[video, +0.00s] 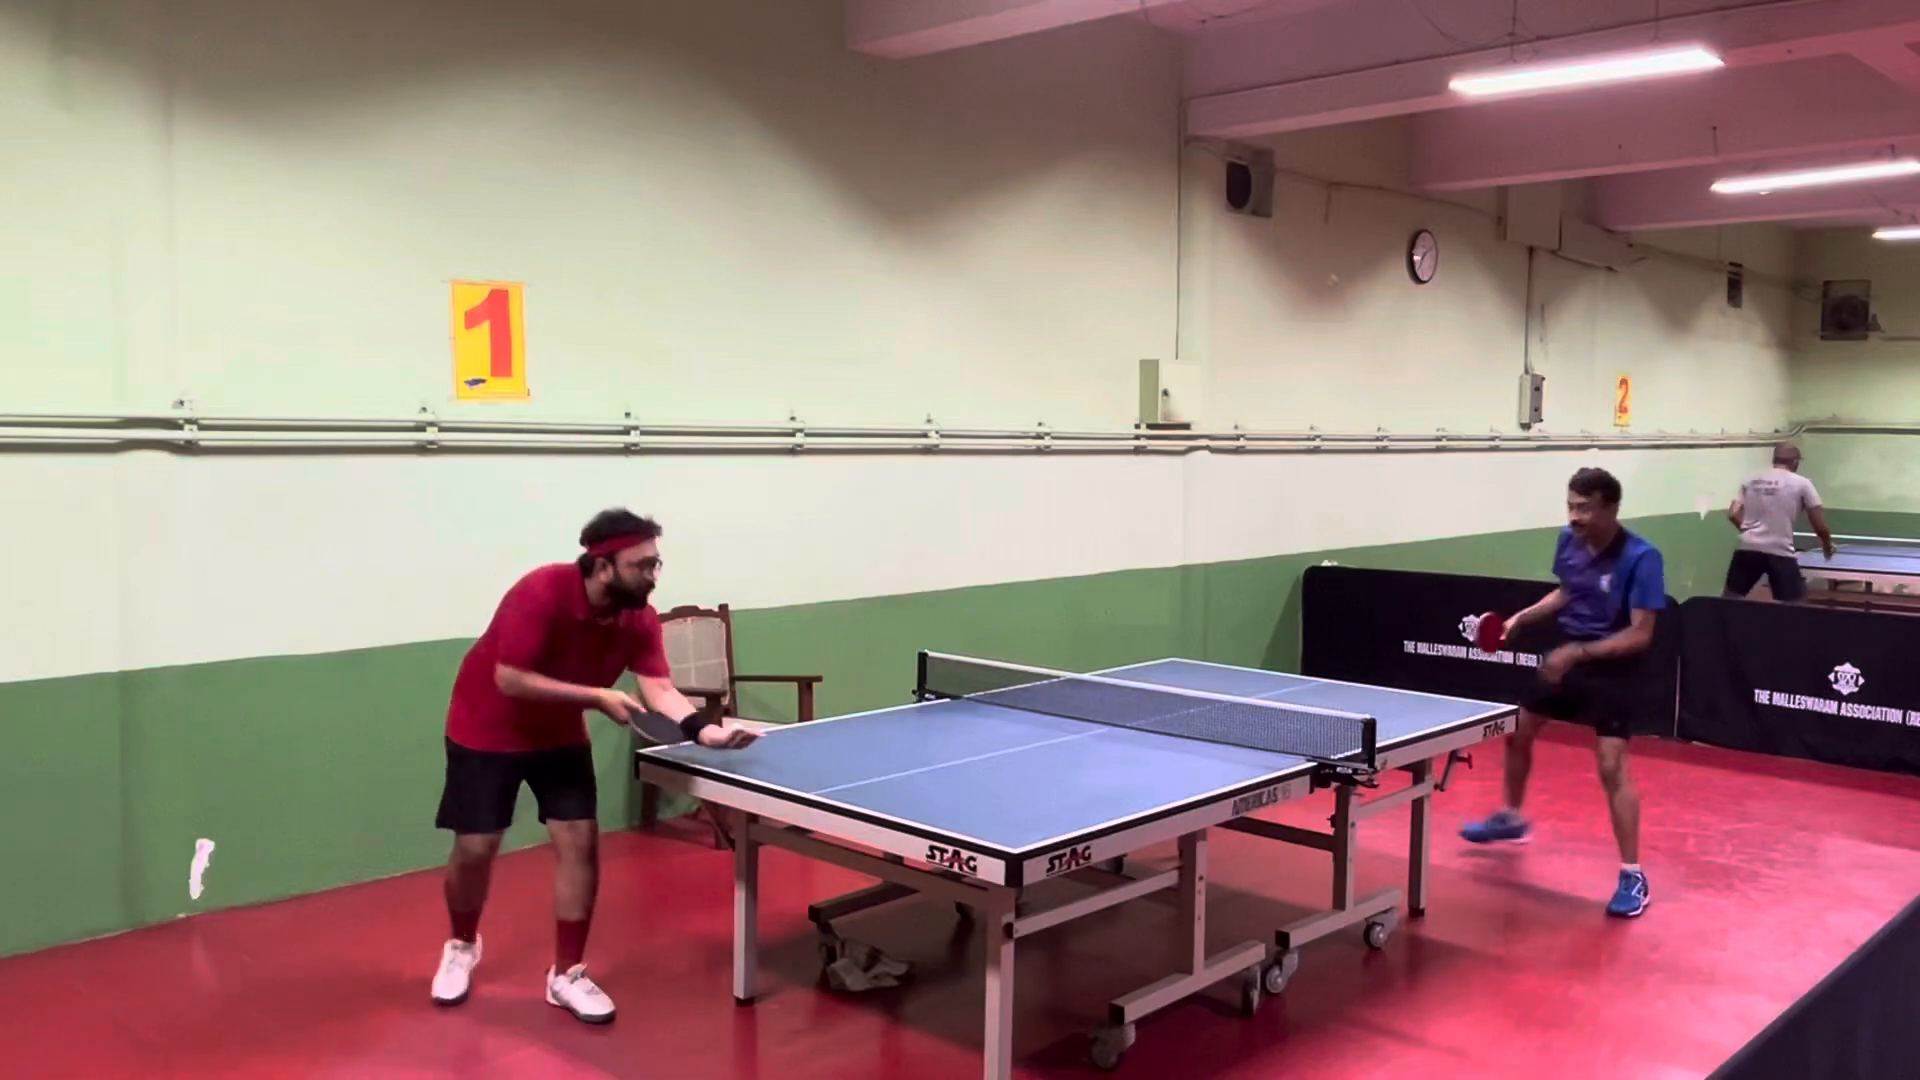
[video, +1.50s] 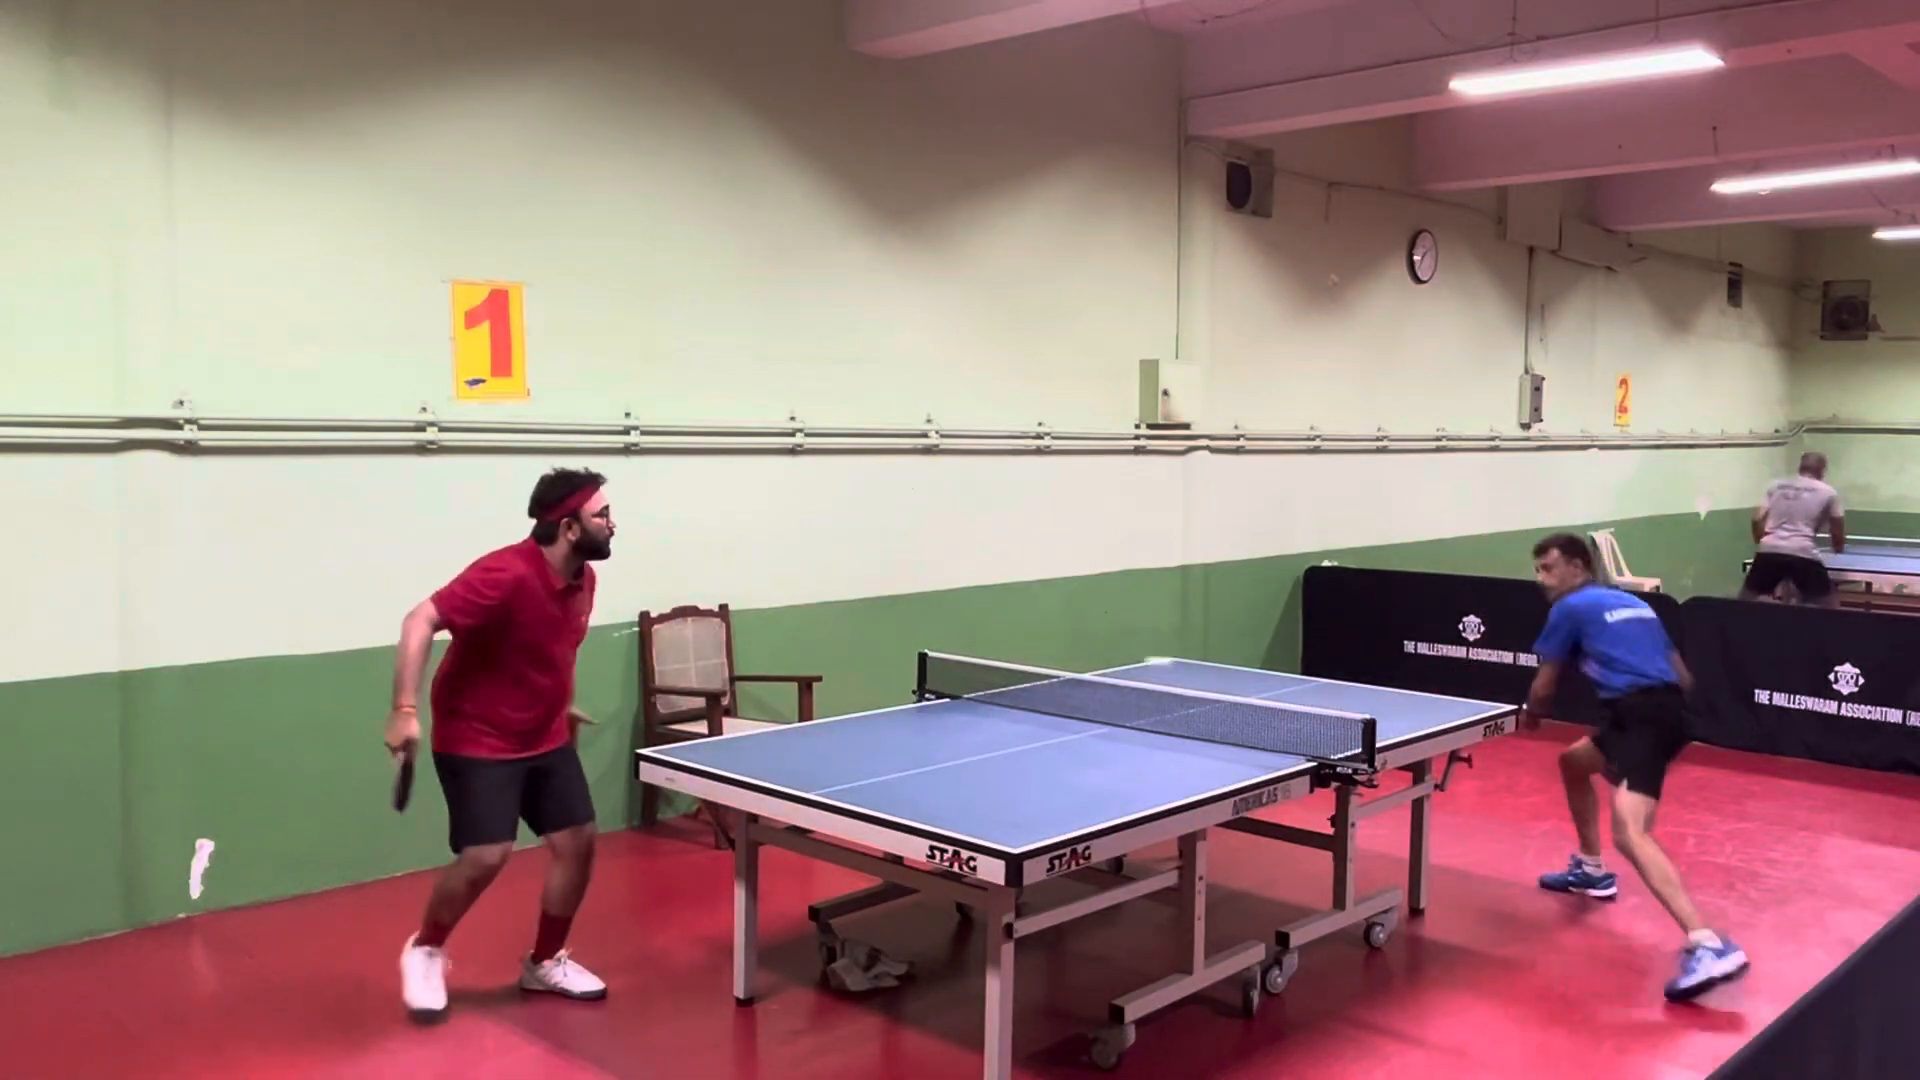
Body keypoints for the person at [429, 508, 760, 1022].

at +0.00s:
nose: (656, 574)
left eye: (657, 563)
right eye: (645, 564)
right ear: (605, 565)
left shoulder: (639, 619)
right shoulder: (540, 593)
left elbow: (661, 692)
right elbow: (509, 678)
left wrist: (705, 727)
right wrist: (596, 697)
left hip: (560, 726)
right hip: (489, 724)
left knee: (579, 840)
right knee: (475, 848)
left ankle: (567, 974)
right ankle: (461, 945)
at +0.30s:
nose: (659, 608)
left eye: (659, 595)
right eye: (647, 598)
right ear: (606, 601)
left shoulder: (638, 633)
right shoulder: (543, 625)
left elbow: (670, 705)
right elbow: (552, 722)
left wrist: (730, 731)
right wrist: (642, 715)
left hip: (558, 742)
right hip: (482, 744)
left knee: (585, 844)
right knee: (477, 865)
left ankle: (567, 975)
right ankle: (451, 949)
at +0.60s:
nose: (582, 581)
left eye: (580, 568)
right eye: (566, 577)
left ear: (582, 560)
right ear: (530, 587)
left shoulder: (587, 581)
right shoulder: (501, 639)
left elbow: (651, 599)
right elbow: (554, 719)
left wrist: (696, 581)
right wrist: (621, 675)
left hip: (559, 735)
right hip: (488, 750)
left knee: (590, 836)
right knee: (484, 867)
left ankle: (569, 973)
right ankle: (446, 952)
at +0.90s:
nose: (505, 538)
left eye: (502, 527)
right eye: (486, 540)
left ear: (511, 526)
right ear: (461, 567)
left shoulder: (557, 572)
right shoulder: (437, 611)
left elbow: (639, 600)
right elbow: (397, 667)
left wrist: (716, 627)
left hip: (552, 729)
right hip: (474, 741)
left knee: (592, 823)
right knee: (470, 856)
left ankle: (576, 964)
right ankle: (447, 955)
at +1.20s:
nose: (581, 568)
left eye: (581, 557)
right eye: (570, 558)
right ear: (531, 563)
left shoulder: (582, 606)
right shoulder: (466, 599)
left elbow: (618, 643)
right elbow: (386, 623)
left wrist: (654, 677)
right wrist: (431, 689)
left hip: (551, 749)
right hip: (473, 756)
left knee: (584, 846)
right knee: (465, 868)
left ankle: (546, 959)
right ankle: (450, 955)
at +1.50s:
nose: (612, 523)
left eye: (608, 513)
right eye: (601, 515)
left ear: (574, 527)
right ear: (568, 527)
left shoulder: (583, 579)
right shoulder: (506, 573)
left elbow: (556, 651)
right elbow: (420, 619)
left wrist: (562, 706)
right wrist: (404, 709)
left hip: (544, 736)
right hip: (478, 739)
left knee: (577, 841)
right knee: (487, 854)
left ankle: (545, 963)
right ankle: (424, 951)